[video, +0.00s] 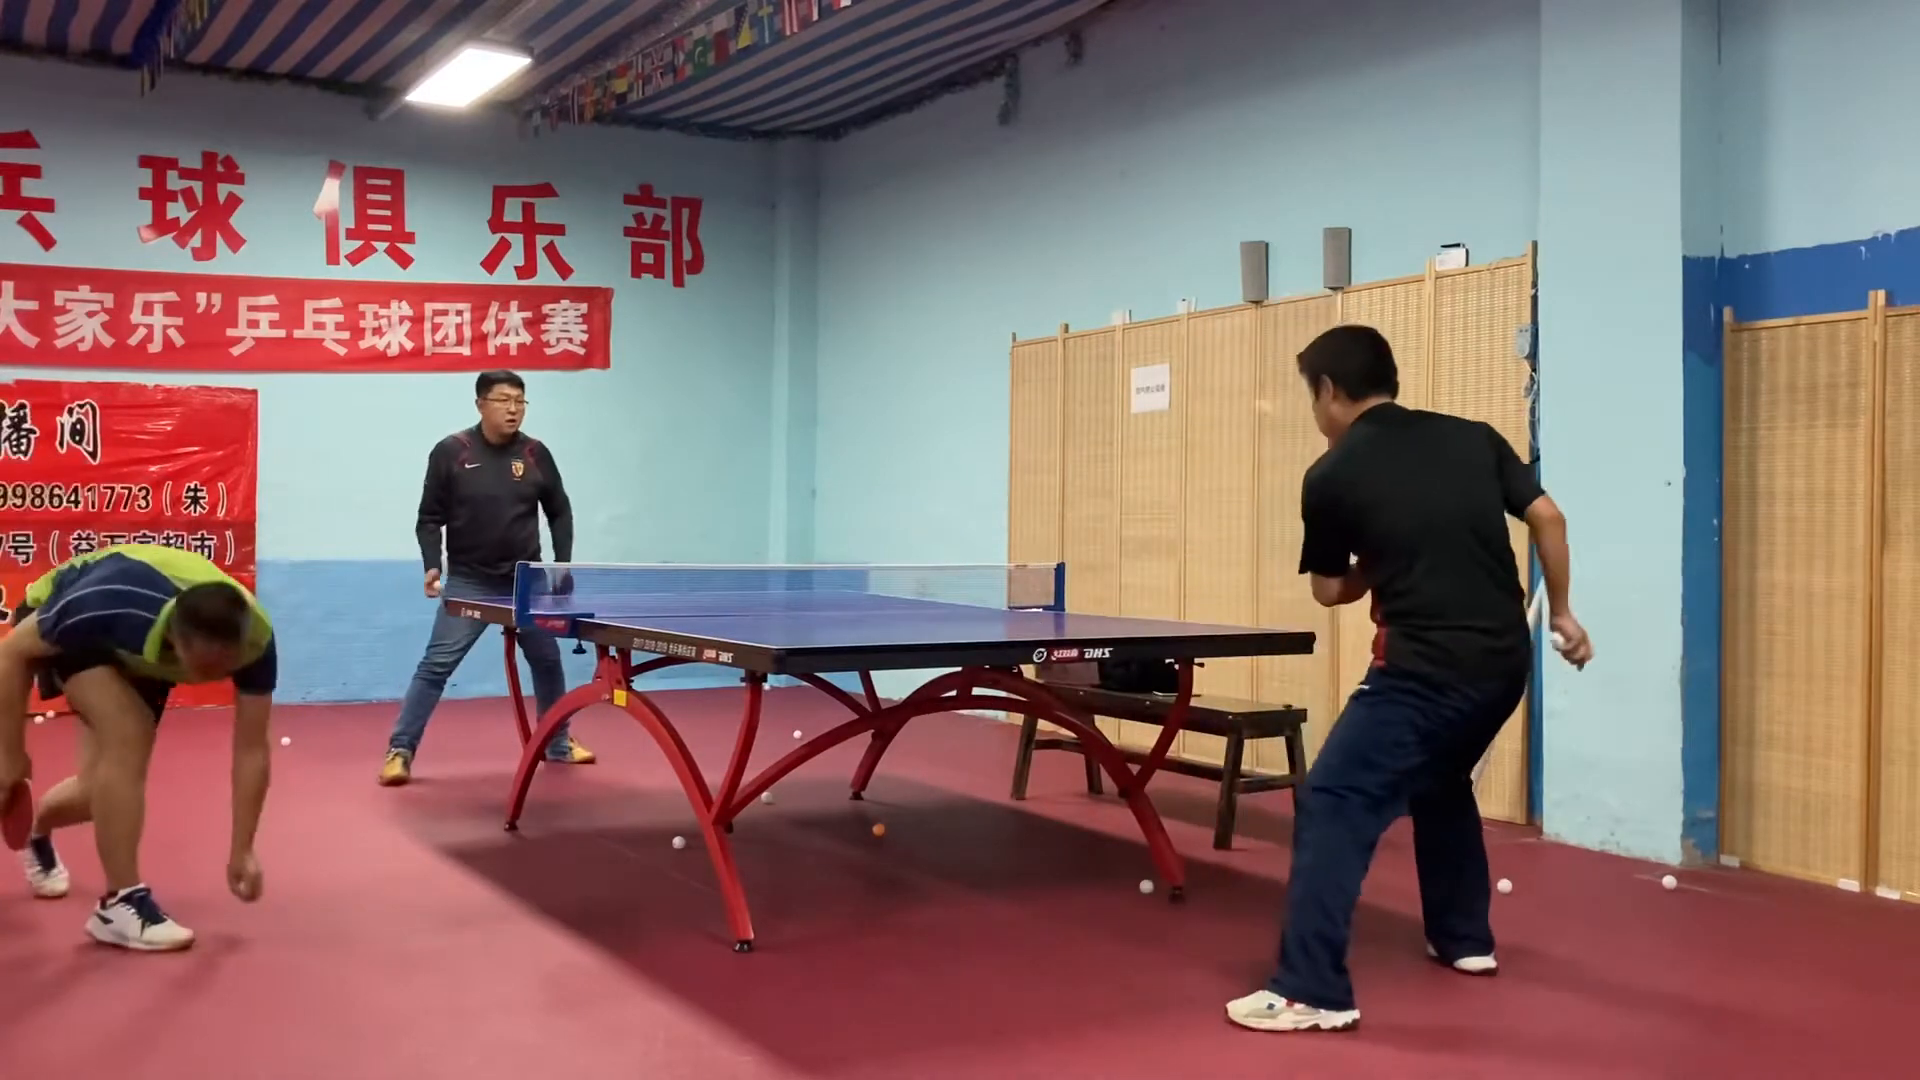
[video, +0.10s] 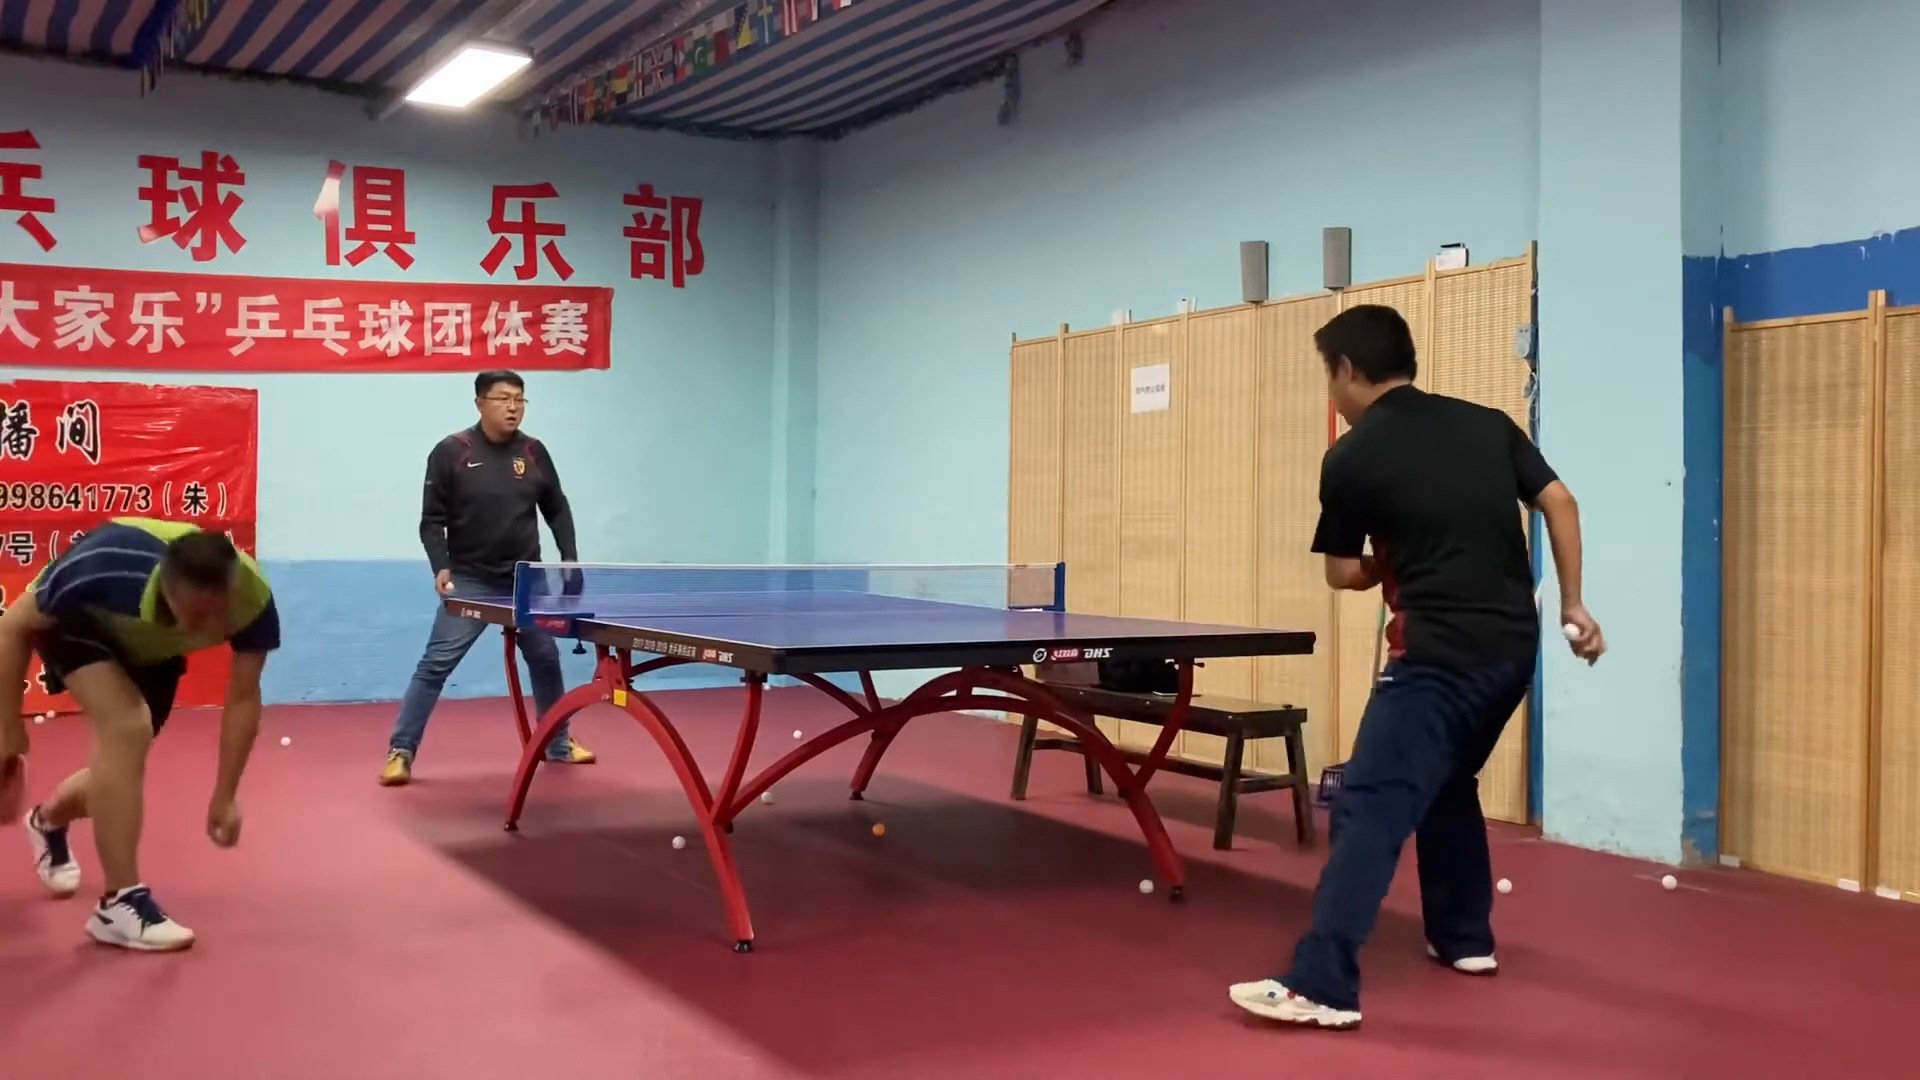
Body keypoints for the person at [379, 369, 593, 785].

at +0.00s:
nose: (513, 410)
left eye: (519, 402)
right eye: (503, 401)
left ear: (525, 407)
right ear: (481, 405)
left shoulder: (536, 454)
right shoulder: (450, 452)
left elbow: (559, 511)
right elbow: (429, 517)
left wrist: (562, 567)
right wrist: (432, 564)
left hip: (524, 580)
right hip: (468, 579)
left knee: (547, 657)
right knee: (437, 663)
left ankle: (557, 742)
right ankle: (401, 750)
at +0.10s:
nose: (513, 408)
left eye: (518, 400)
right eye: (503, 400)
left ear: (525, 406)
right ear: (480, 404)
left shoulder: (534, 453)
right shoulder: (450, 453)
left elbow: (557, 508)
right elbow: (431, 521)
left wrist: (569, 561)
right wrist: (441, 567)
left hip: (524, 580)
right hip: (469, 579)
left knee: (545, 655)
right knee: (437, 663)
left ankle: (557, 741)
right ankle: (401, 751)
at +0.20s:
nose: (506, 408)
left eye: (511, 400)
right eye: (496, 399)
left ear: (518, 406)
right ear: (474, 405)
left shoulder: (528, 452)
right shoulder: (446, 454)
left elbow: (550, 510)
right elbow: (426, 522)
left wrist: (562, 558)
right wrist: (438, 564)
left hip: (521, 579)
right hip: (465, 579)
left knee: (543, 655)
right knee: (431, 662)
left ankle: (557, 741)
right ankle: (402, 750)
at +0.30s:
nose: (491, 410)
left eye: (496, 402)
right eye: (481, 403)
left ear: (502, 408)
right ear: (458, 409)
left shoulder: (516, 455)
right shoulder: (432, 458)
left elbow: (537, 511)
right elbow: (409, 522)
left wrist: (548, 552)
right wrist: (423, 558)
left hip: (513, 582)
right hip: (455, 582)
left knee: (539, 659)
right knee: (418, 664)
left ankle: (558, 742)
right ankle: (399, 754)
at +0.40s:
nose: (470, 408)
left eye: (476, 400)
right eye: (460, 399)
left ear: (483, 406)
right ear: (438, 406)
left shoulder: (500, 454)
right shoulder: (413, 456)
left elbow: (520, 508)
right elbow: (387, 519)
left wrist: (531, 537)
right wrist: (402, 548)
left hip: (499, 583)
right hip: (438, 584)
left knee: (537, 658)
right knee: (405, 666)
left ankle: (559, 740)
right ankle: (396, 754)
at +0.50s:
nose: (454, 399)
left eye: (461, 391)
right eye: (444, 391)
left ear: (469, 397)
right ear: (423, 397)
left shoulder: (487, 443)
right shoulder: (398, 446)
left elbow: (510, 499)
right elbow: (371, 510)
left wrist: (514, 530)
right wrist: (385, 539)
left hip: (488, 577)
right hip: (426, 577)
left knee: (531, 652)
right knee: (403, 664)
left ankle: (543, 738)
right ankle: (396, 754)